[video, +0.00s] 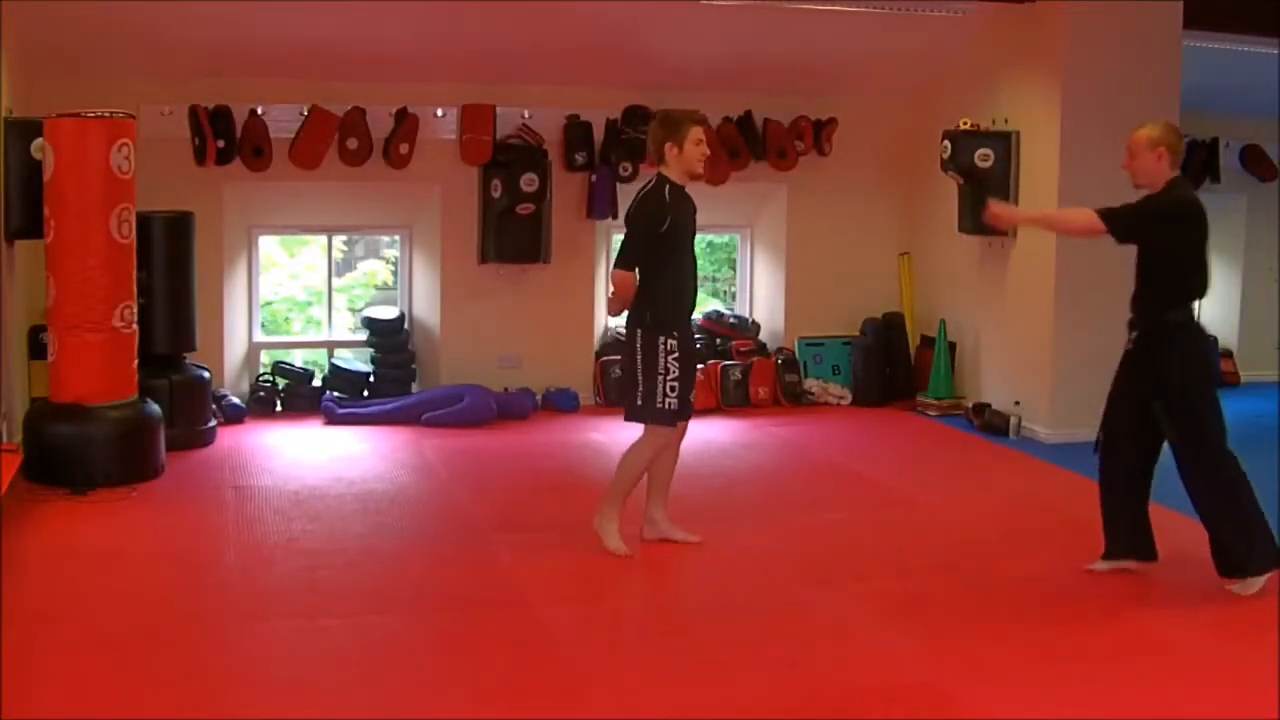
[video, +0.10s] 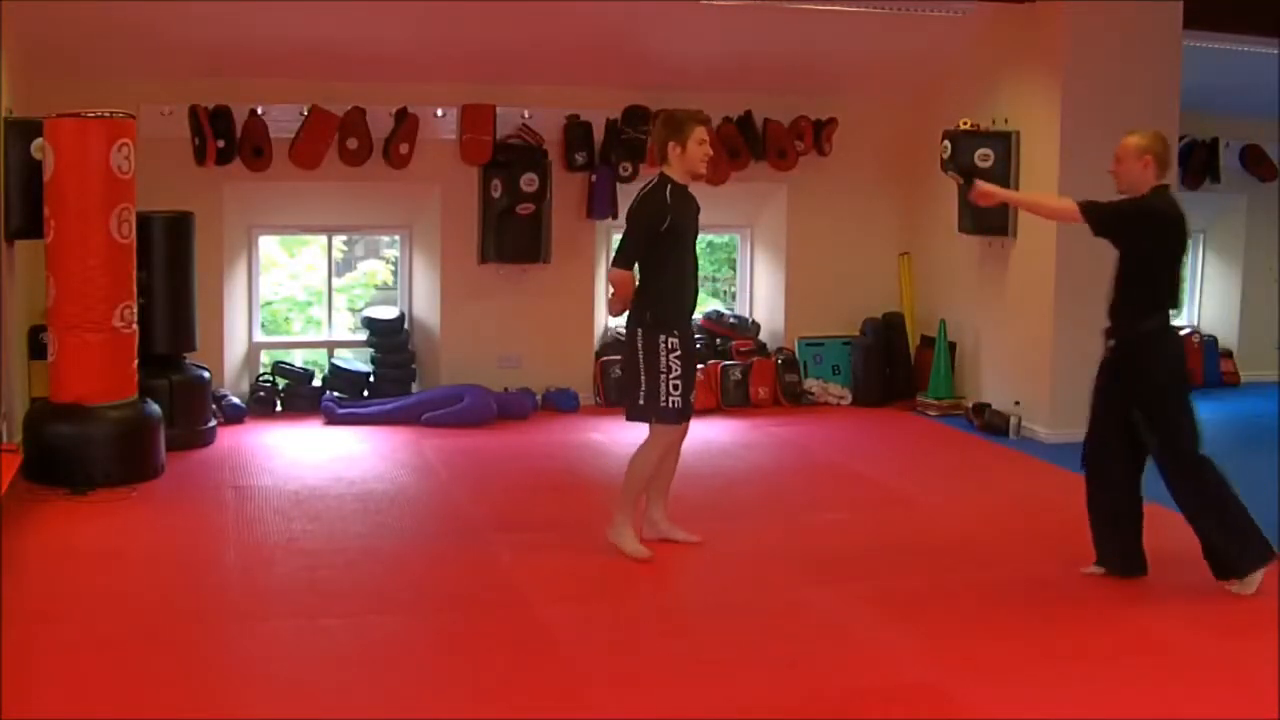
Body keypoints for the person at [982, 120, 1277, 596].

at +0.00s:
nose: (1126, 164)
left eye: (1132, 154)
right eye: (1127, 155)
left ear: (1161, 157)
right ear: (1161, 158)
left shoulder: (1174, 206)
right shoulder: (1168, 204)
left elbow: (1090, 223)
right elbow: (1095, 223)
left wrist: (1017, 216)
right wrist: (1022, 218)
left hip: (1176, 347)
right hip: (1148, 346)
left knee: (1204, 455)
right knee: (1121, 445)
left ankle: (1255, 558)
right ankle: (1128, 548)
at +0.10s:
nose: (1112, 168)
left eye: (1119, 160)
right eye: (1114, 159)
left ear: (1147, 164)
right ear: (1148, 166)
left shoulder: (1150, 212)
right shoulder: (1161, 210)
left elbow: (1068, 210)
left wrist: (1003, 195)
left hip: (1149, 352)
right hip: (1133, 351)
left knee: (1178, 458)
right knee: (1107, 454)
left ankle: (1248, 555)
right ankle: (1120, 558)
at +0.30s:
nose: (1069, 154)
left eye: (1076, 147)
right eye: (1071, 146)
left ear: (1102, 154)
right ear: (1103, 154)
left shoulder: (1104, 200)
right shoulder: (1108, 198)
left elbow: (1023, 193)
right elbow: (1028, 194)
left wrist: (954, 176)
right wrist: (969, 178)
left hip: (1097, 337)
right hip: (1098, 333)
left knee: (1088, 445)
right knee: (1091, 444)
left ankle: (1146, 539)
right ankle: (1108, 553)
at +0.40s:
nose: (1042, 145)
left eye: (1050, 138)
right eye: (1046, 137)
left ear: (1076, 146)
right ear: (1079, 147)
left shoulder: (1076, 191)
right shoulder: (1087, 191)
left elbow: (1002, 187)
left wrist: (931, 176)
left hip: (1073, 328)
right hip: (1084, 325)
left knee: (1043, 439)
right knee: (1092, 436)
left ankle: (1077, 549)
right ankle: (1111, 545)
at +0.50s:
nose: (1011, 147)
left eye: (1021, 139)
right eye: (1015, 139)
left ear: (1047, 150)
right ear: (1047, 151)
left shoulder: (1046, 196)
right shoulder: (1054, 194)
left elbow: (967, 190)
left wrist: (899, 180)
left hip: (1047, 332)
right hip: (1054, 328)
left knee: (1015, 440)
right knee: (1073, 437)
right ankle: (1104, 544)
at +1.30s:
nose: (793, 176)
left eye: (800, 167)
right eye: (791, 168)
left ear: (825, 166)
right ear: (802, 168)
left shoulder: (831, 210)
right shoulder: (819, 208)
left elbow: (760, 217)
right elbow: (761, 216)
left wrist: (705, 209)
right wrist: (708, 206)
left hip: (825, 339)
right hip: (805, 336)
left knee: (826, 449)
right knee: (770, 425)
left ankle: (890, 542)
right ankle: (779, 523)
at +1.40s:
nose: (787, 162)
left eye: (797, 153)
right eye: (783, 155)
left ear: (822, 156)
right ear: (779, 158)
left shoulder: (835, 200)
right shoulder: (787, 198)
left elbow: (755, 207)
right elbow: (737, 204)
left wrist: (703, 200)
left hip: (827, 325)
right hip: (790, 324)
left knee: (824, 436)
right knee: (774, 428)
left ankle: (865, 539)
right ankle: (781, 524)